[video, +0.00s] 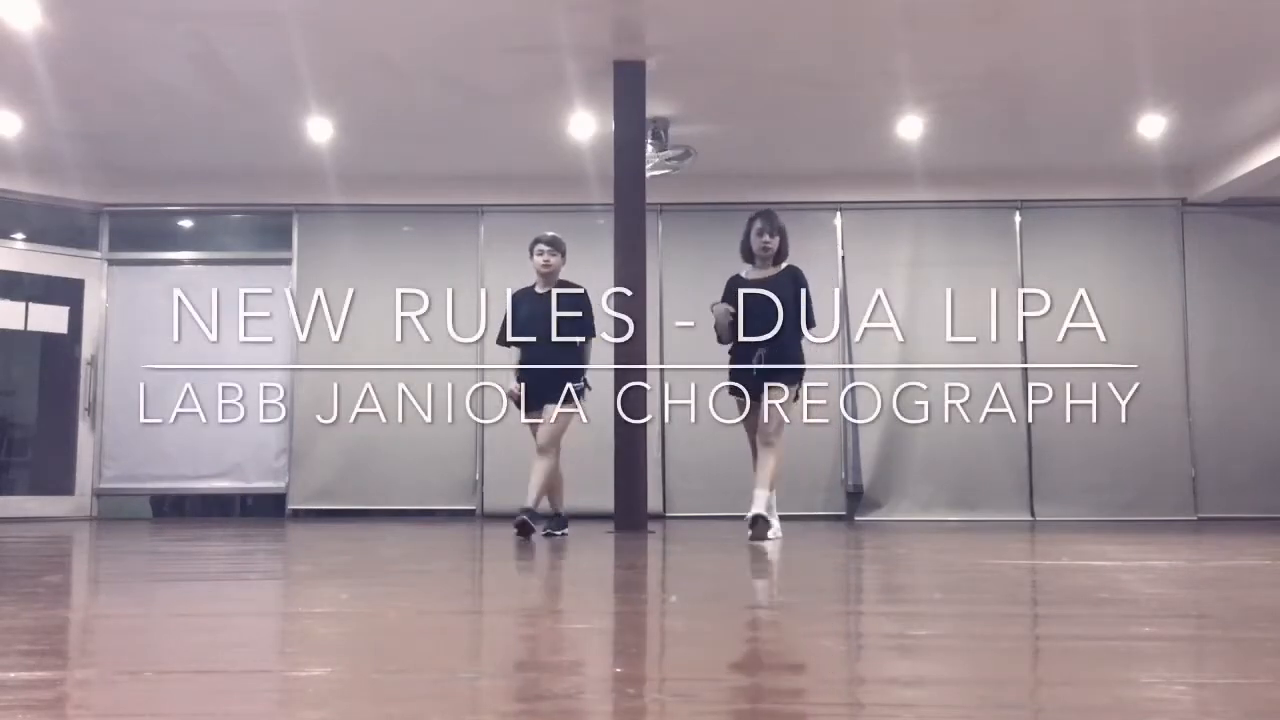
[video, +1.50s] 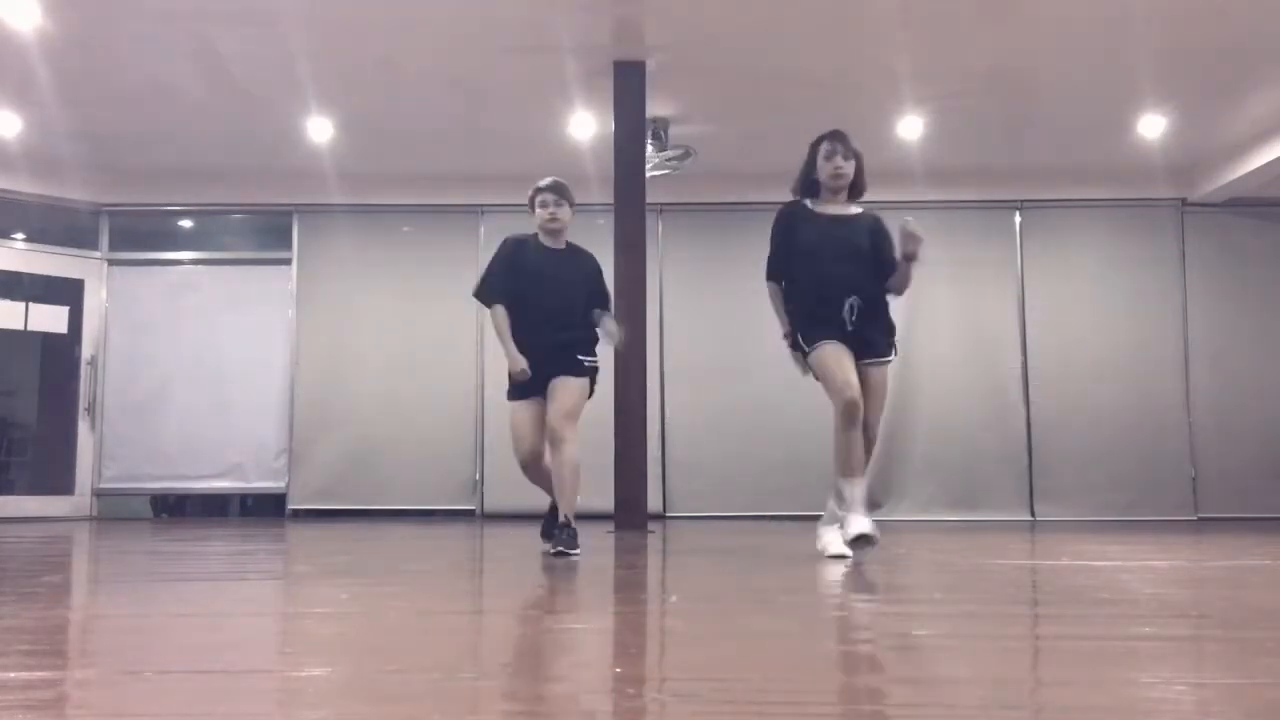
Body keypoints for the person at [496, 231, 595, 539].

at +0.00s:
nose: (546, 259)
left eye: (552, 254)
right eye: (540, 254)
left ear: (562, 260)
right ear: (532, 259)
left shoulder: (576, 295)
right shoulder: (519, 298)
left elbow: (585, 341)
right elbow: (518, 347)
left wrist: (581, 376)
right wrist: (514, 379)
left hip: (567, 382)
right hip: (531, 383)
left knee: (546, 445)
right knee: (546, 449)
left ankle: (527, 511)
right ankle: (558, 514)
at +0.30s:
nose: (542, 247)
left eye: (549, 242)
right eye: (536, 242)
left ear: (559, 248)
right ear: (527, 248)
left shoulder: (569, 288)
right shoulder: (510, 285)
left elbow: (576, 335)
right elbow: (499, 332)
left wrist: (580, 369)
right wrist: (487, 368)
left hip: (556, 371)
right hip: (519, 372)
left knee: (542, 443)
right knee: (537, 447)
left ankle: (526, 515)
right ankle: (557, 501)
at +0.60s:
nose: (541, 239)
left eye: (548, 234)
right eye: (535, 234)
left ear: (559, 240)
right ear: (526, 240)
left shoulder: (570, 283)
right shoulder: (508, 275)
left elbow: (576, 330)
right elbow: (492, 320)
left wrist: (579, 341)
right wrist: (484, 354)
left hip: (554, 369)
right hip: (514, 369)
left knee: (541, 448)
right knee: (514, 448)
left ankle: (529, 516)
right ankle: (522, 501)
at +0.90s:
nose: (540, 233)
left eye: (546, 228)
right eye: (533, 228)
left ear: (557, 233)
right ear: (523, 234)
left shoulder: (573, 276)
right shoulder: (507, 274)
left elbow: (584, 322)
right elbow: (490, 326)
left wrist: (570, 317)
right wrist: (479, 371)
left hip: (559, 371)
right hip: (518, 369)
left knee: (542, 443)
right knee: (536, 433)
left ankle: (525, 516)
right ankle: (535, 515)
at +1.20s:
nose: (537, 222)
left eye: (544, 216)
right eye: (530, 216)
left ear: (556, 221)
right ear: (520, 223)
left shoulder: (577, 254)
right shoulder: (513, 274)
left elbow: (595, 305)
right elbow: (504, 329)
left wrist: (597, 351)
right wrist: (494, 370)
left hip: (571, 363)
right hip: (526, 366)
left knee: (568, 453)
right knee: (544, 445)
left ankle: (548, 501)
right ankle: (555, 522)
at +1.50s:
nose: (551, 210)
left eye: (559, 204)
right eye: (543, 205)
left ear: (571, 211)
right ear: (533, 212)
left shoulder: (585, 260)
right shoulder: (514, 249)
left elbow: (599, 312)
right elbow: (496, 303)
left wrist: (611, 328)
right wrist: (511, 353)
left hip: (573, 356)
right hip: (527, 358)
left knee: (560, 431)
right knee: (527, 455)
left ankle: (567, 524)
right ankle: (559, 496)